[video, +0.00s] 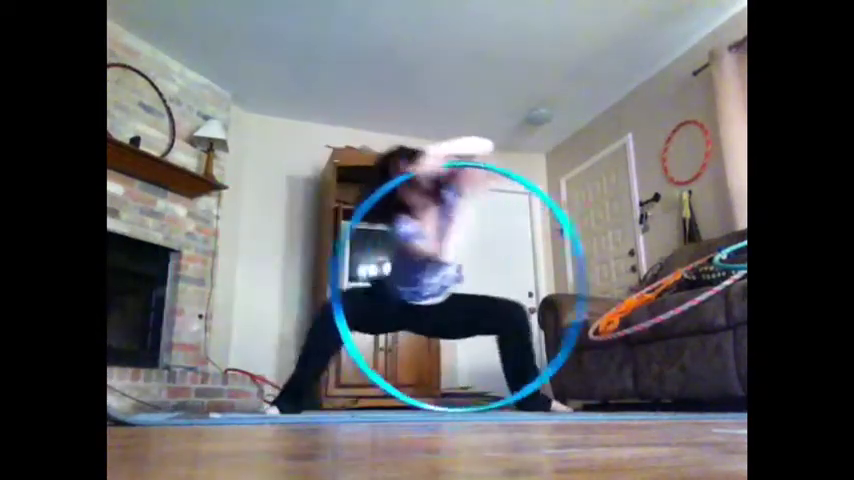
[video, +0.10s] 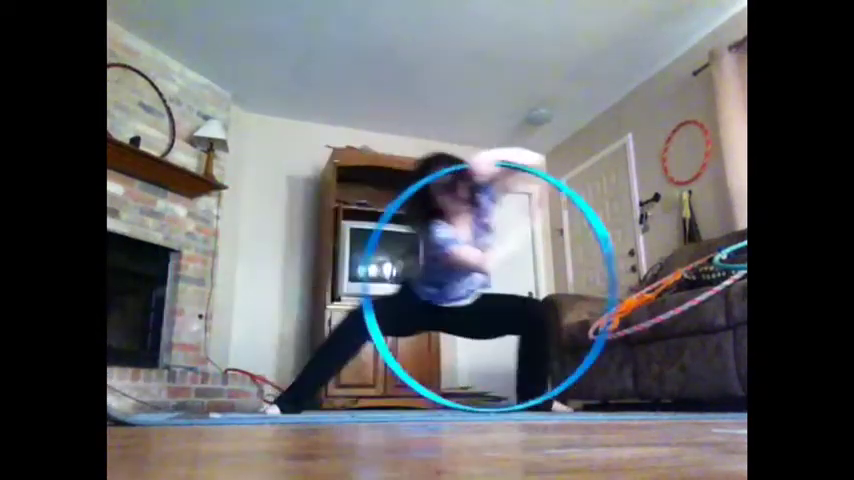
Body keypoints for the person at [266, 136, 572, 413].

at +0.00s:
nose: (413, 184)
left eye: (414, 176)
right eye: (405, 181)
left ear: (427, 174)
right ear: (396, 189)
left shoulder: (451, 192)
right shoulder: (400, 222)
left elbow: (486, 148)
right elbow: (439, 252)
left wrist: (439, 155)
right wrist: (456, 198)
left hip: (438, 308)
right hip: (390, 306)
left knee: (510, 316)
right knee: (336, 311)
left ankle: (533, 403)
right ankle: (290, 403)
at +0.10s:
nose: (452, 196)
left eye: (455, 187)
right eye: (442, 191)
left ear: (467, 184)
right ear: (433, 197)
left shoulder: (486, 199)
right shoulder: (438, 232)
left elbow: (536, 161)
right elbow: (484, 263)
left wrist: (497, 160)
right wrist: (529, 223)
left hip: (468, 307)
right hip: (417, 307)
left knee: (538, 315)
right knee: (361, 321)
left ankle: (535, 402)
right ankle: (287, 406)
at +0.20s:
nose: (476, 202)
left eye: (479, 193)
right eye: (467, 197)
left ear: (490, 189)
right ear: (457, 201)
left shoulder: (508, 203)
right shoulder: (462, 237)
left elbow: (561, 176)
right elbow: (509, 271)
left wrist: (531, 168)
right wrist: (566, 243)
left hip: (484, 311)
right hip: (433, 309)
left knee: (547, 315)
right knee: (366, 338)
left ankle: (534, 405)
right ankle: (291, 405)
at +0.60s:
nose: (522, 229)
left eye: (530, 221)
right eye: (513, 222)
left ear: (541, 225)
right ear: (500, 226)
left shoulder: (544, 246)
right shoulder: (490, 260)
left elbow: (602, 226)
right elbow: (501, 311)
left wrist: (572, 187)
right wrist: (560, 342)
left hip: (500, 330)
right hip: (451, 330)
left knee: (566, 317)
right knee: (382, 349)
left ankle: (535, 415)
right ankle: (294, 406)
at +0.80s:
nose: (496, 232)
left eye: (506, 225)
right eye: (490, 223)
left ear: (519, 229)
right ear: (478, 222)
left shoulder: (521, 246)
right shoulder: (459, 249)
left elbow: (578, 222)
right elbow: (424, 286)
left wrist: (541, 183)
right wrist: (471, 333)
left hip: (487, 320)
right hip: (437, 317)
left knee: (548, 313)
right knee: (364, 334)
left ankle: (538, 408)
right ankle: (290, 407)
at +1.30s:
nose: (337, 186)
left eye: (350, 179)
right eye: (333, 179)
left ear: (365, 179)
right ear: (326, 183)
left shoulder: (385, 200)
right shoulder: (315, 217)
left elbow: (405, 191)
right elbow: (276, 256)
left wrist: (344, 181)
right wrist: (265, 291)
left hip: (394, 293)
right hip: (343, 291)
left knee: (466, 339)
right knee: (301, 302)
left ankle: (539, 404)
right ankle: (295, 402)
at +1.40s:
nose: (306, 182)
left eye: (310, 172)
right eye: (297, 178)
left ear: (326, 165)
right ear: (290, 184)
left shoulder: (354, 183)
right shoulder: (295, 223)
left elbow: (398, 175)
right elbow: (258, 276)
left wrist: (340, 180)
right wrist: (278, 305)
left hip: (388, 283)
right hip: (338, 286)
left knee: (454, 340)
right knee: (292, 302)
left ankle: (536, 406)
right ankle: (293, 401)